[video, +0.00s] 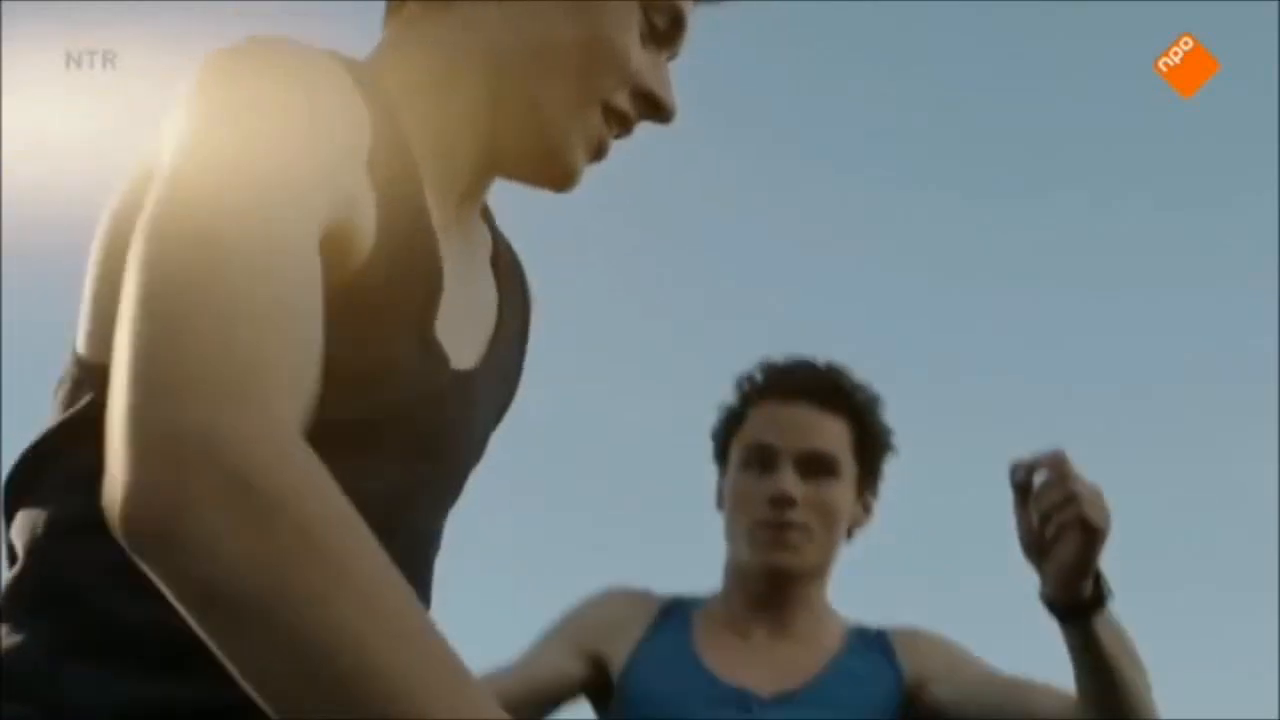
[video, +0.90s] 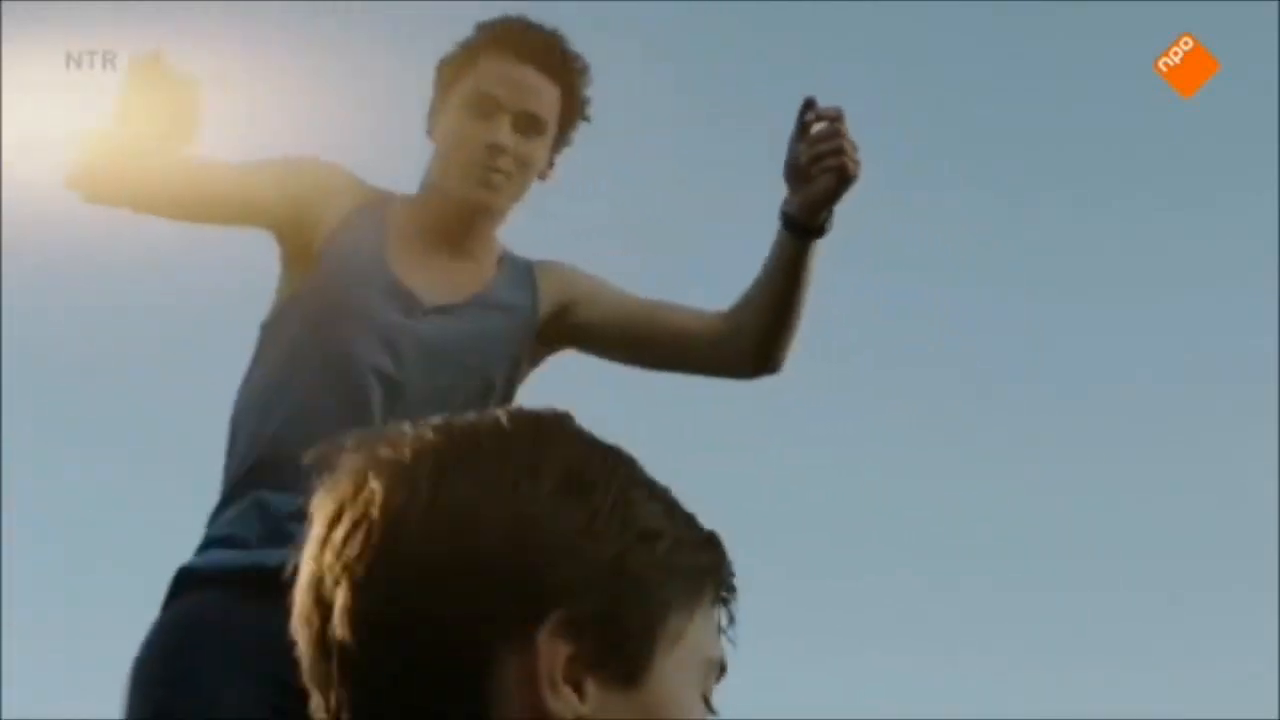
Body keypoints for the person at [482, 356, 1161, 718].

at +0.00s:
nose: (784, 488)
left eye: (816, 470)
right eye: (759, 464)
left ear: (861, 509)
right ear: (719, 490)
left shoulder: (906, 667)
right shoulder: (620, 629)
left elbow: (1117, 717)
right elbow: (475, 702)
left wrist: (1078, 609)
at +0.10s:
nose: (740, 383)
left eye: (771, 366)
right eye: (717, 357)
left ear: (810, 402)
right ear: (676, 377)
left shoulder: (843, 557)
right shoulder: (573, 507)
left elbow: (1063, 622)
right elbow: (405, 588)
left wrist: (1036, 488)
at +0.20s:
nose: (711, 325)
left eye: (742, 308)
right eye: (689, 298)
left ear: (777, 343)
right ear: (648, 314)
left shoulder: (805, 492)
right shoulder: (546, 442)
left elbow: (1022, 549)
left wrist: (1007, 423)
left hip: (724, 706)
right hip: (548, 707)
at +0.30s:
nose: (668, 255)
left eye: (699, 237)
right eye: (648, 227)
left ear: (730, 270)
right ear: (607, 238)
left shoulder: (751, 416)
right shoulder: (502, 369)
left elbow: (967, 464)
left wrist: (965, 341)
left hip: (673, 699)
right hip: (509, 692)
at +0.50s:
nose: (622, 192)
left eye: (640, 169)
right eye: (597, 156)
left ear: (663, 190)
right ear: (532, 154)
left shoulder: (671, 325)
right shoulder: (461, 266)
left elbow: (889, 376)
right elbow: (214, 300)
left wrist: (902, 262)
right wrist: (261, 148)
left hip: (586, 646)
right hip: (421, 623)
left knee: (689, 709)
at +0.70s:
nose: (555, 140)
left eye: (581, 127)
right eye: (535, 111)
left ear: (605, 162)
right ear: (487, 115)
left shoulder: (613, 295)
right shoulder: (381, 220)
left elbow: (819, 336)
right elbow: (160, 214)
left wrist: (847, 218)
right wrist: (212, 118)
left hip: (514, 638)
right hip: (338, 597)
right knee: (259, 707)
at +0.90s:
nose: (506, 141)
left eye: (532, 130)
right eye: (488, 110)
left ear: (552, 163)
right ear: (436, 112)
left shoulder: (544, 299)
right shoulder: (323, 204)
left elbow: (747, 346)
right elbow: (104, 178)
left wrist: (800, 227)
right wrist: (144, 111)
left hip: (402, 612)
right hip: (245, 586)